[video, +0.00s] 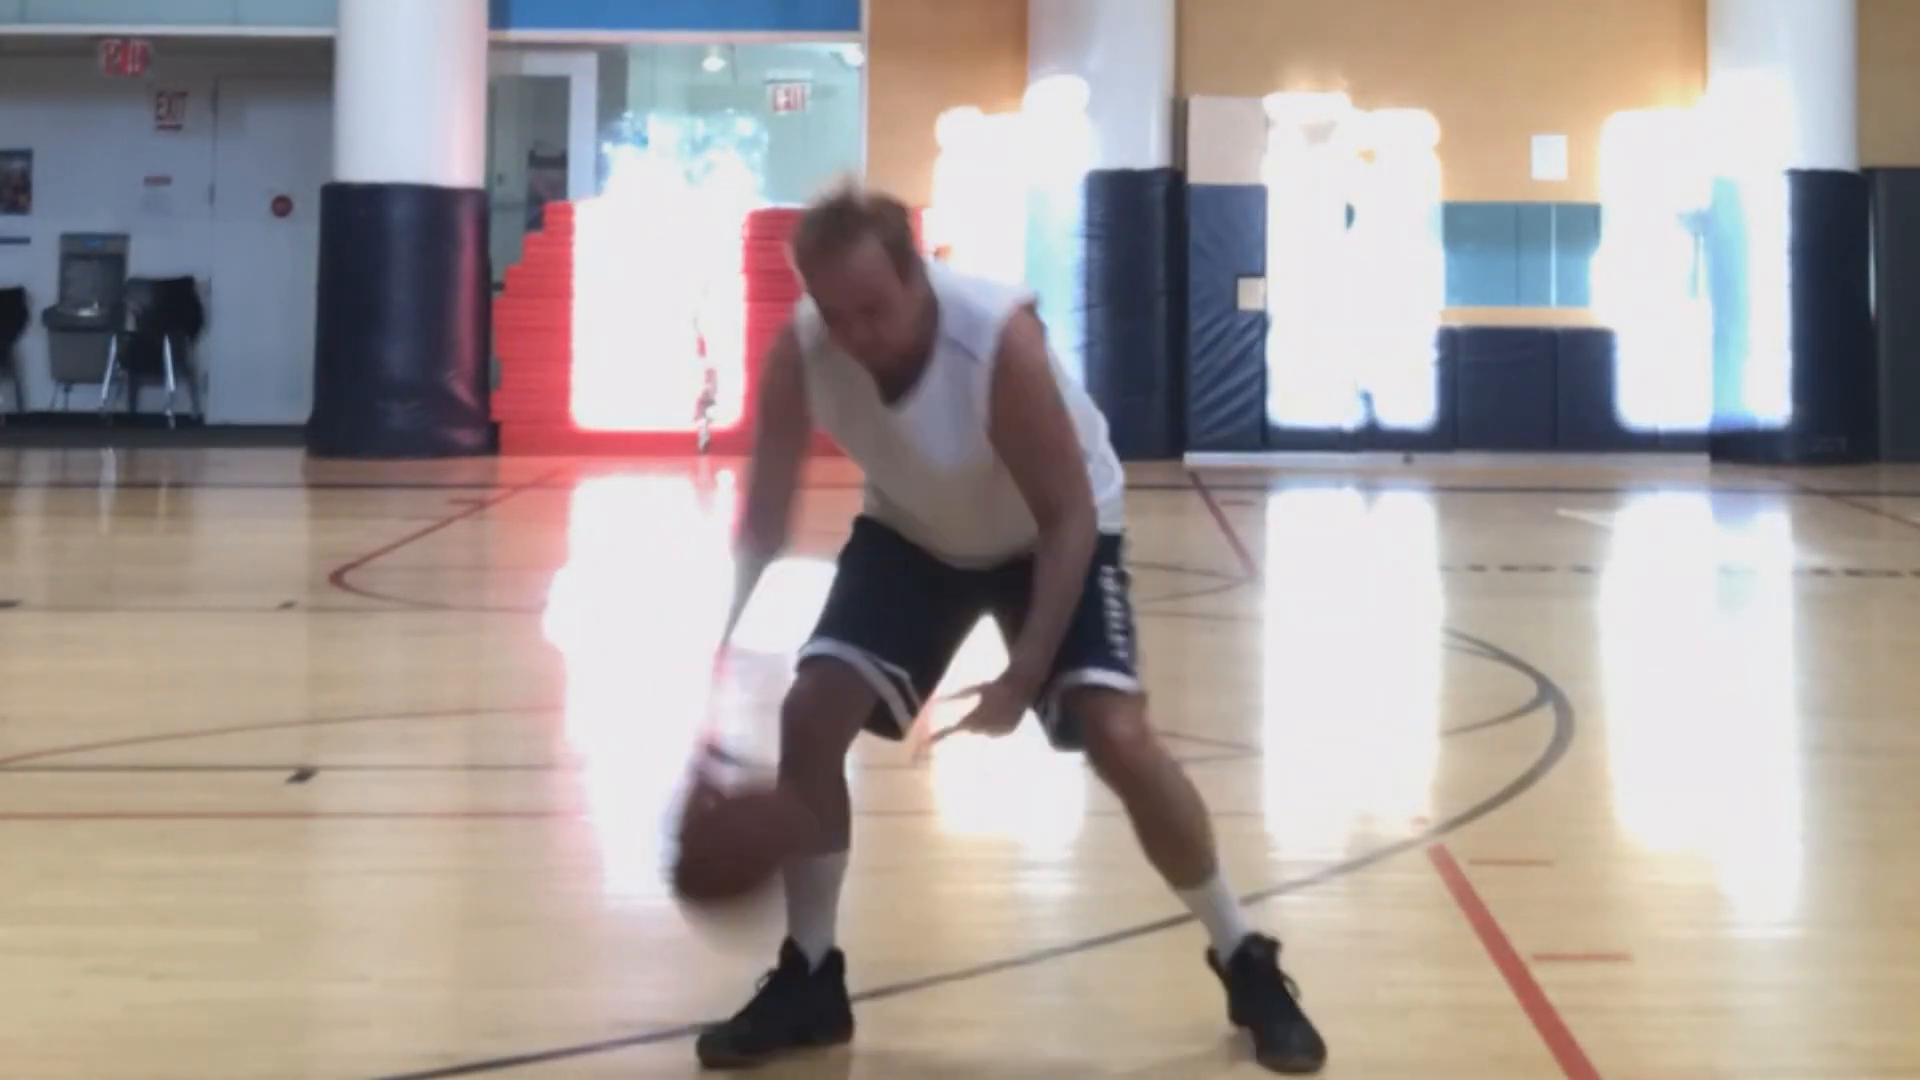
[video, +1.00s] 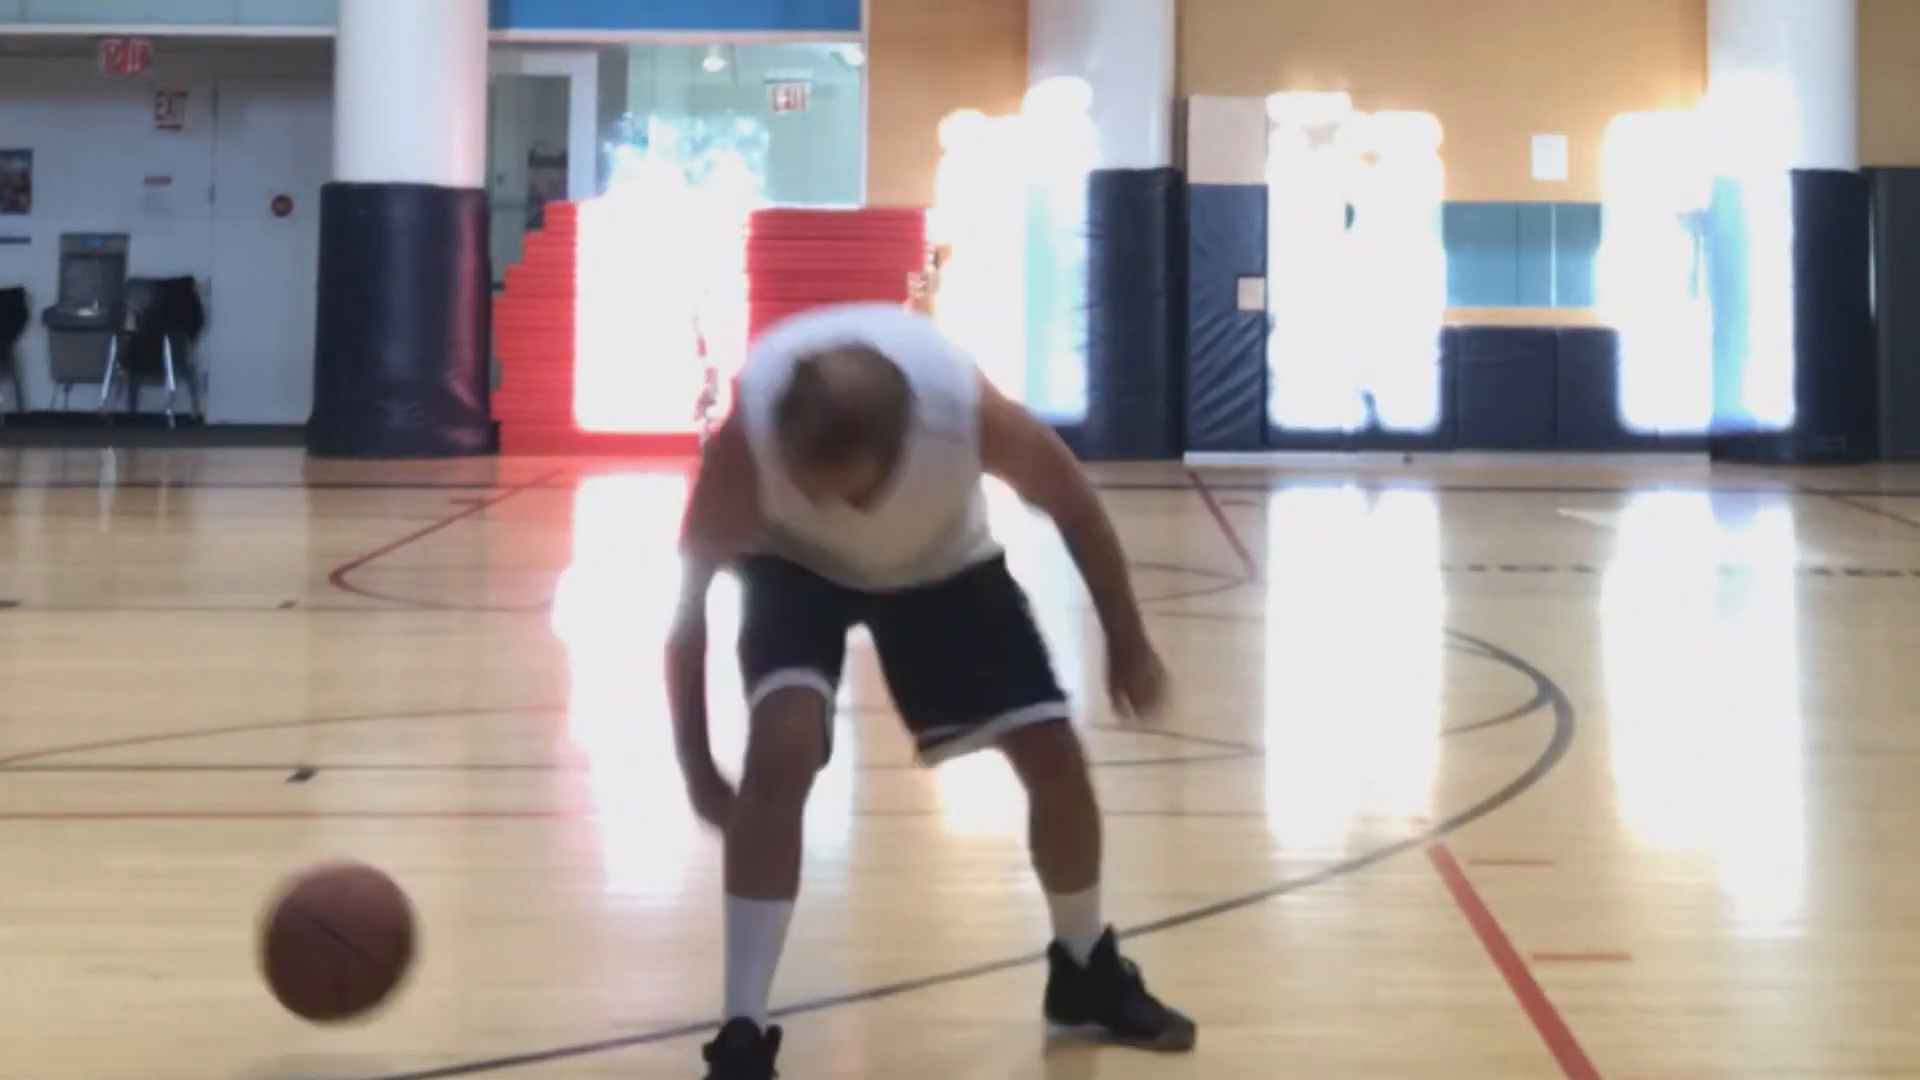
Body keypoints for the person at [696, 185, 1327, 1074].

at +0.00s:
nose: (855, 333)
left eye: (871, 309)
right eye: (834, 316)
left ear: (917, 276)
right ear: (811, 301)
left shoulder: (999, 339)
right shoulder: (802, 353)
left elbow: (1070, 518)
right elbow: (764, 520)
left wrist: (1027, 670)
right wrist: (718, 656)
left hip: (1050, 531)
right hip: (912, 533)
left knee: (1120, 741)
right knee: (810, 717)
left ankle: (1245, 962)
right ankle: (811, 980)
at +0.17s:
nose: (916, 469)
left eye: (935, 442)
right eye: (889, 447)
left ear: (966, 422)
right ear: (856, 436)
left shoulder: (1041, 515)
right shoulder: (810, 494)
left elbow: (1126, 646)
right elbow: (799, 658)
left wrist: (1163, 800)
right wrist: (848, 834)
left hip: (1034, 642)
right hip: (890, 658)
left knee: (991, 769)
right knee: (698, 809)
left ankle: (1089, 1054)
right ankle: (792, 988)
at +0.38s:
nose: (900, 473)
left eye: (921, 446)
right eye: (875, 449)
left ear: (953, 429)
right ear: (841, 435)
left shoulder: (1019, 512)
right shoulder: (792, 498)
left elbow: (1102, 652)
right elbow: (775, 658)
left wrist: (1117, 824)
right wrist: (821, 841)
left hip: (1006, 646)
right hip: (861, 662)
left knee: (972, 774)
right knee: (677, 833)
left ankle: (1089, 1054)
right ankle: (785, 985)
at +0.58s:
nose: (1023, 379)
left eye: (1045, 355)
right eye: (1002, 355)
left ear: (1071, 336)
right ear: (958, 333)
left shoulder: (1107, 408)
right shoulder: (893, 391)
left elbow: (1147, 594)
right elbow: (876, 603)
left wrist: (1162, 738)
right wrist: (963, 615)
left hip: (1057, 604)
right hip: (925, 599)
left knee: (1031, 777)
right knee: (830, 779)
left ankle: (1095, 1051)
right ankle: (746, 964)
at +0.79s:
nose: (968, 430)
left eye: (986, 413)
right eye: (948, 414)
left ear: (1003, 374)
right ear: (898, 371)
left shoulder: (1036, 413)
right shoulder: (819, 379)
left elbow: (1092, 592)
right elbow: (729, 514)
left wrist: (1125, 766)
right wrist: (711, 645)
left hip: (971, 556)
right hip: (823, 557)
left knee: (1095, 752)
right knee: (821, 750)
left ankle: (1060, 967)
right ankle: (742, 1027)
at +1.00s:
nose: (840, 502)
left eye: (856, 486)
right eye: (821, 488)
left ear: (893, 437)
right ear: (787, 442)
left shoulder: (968, 412)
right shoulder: (739, 450)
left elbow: (1078, 506)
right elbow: (687, 614)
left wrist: (1128, 637)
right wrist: (699, 770)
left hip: (945, 555)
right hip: (794, 562)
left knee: (1055, 756)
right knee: (784, 746)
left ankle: (1084, 969)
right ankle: (742, 1036)